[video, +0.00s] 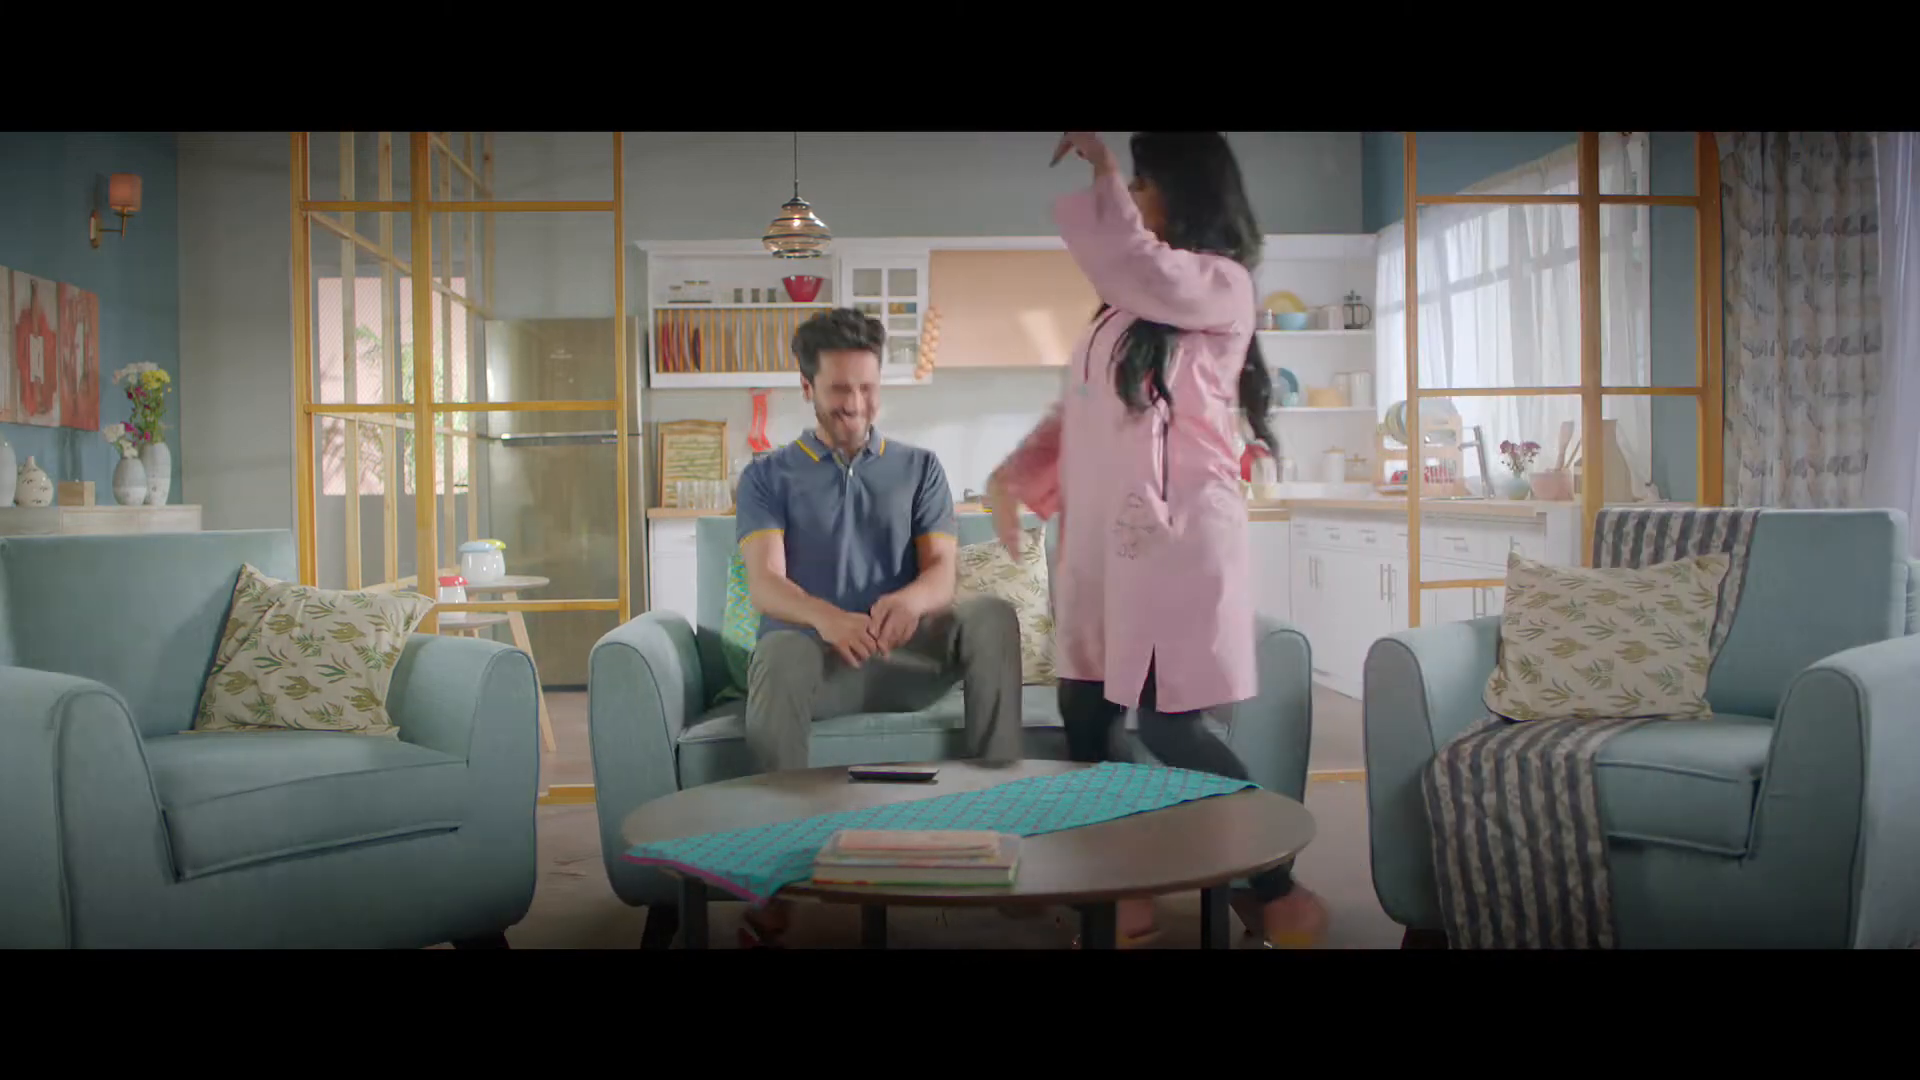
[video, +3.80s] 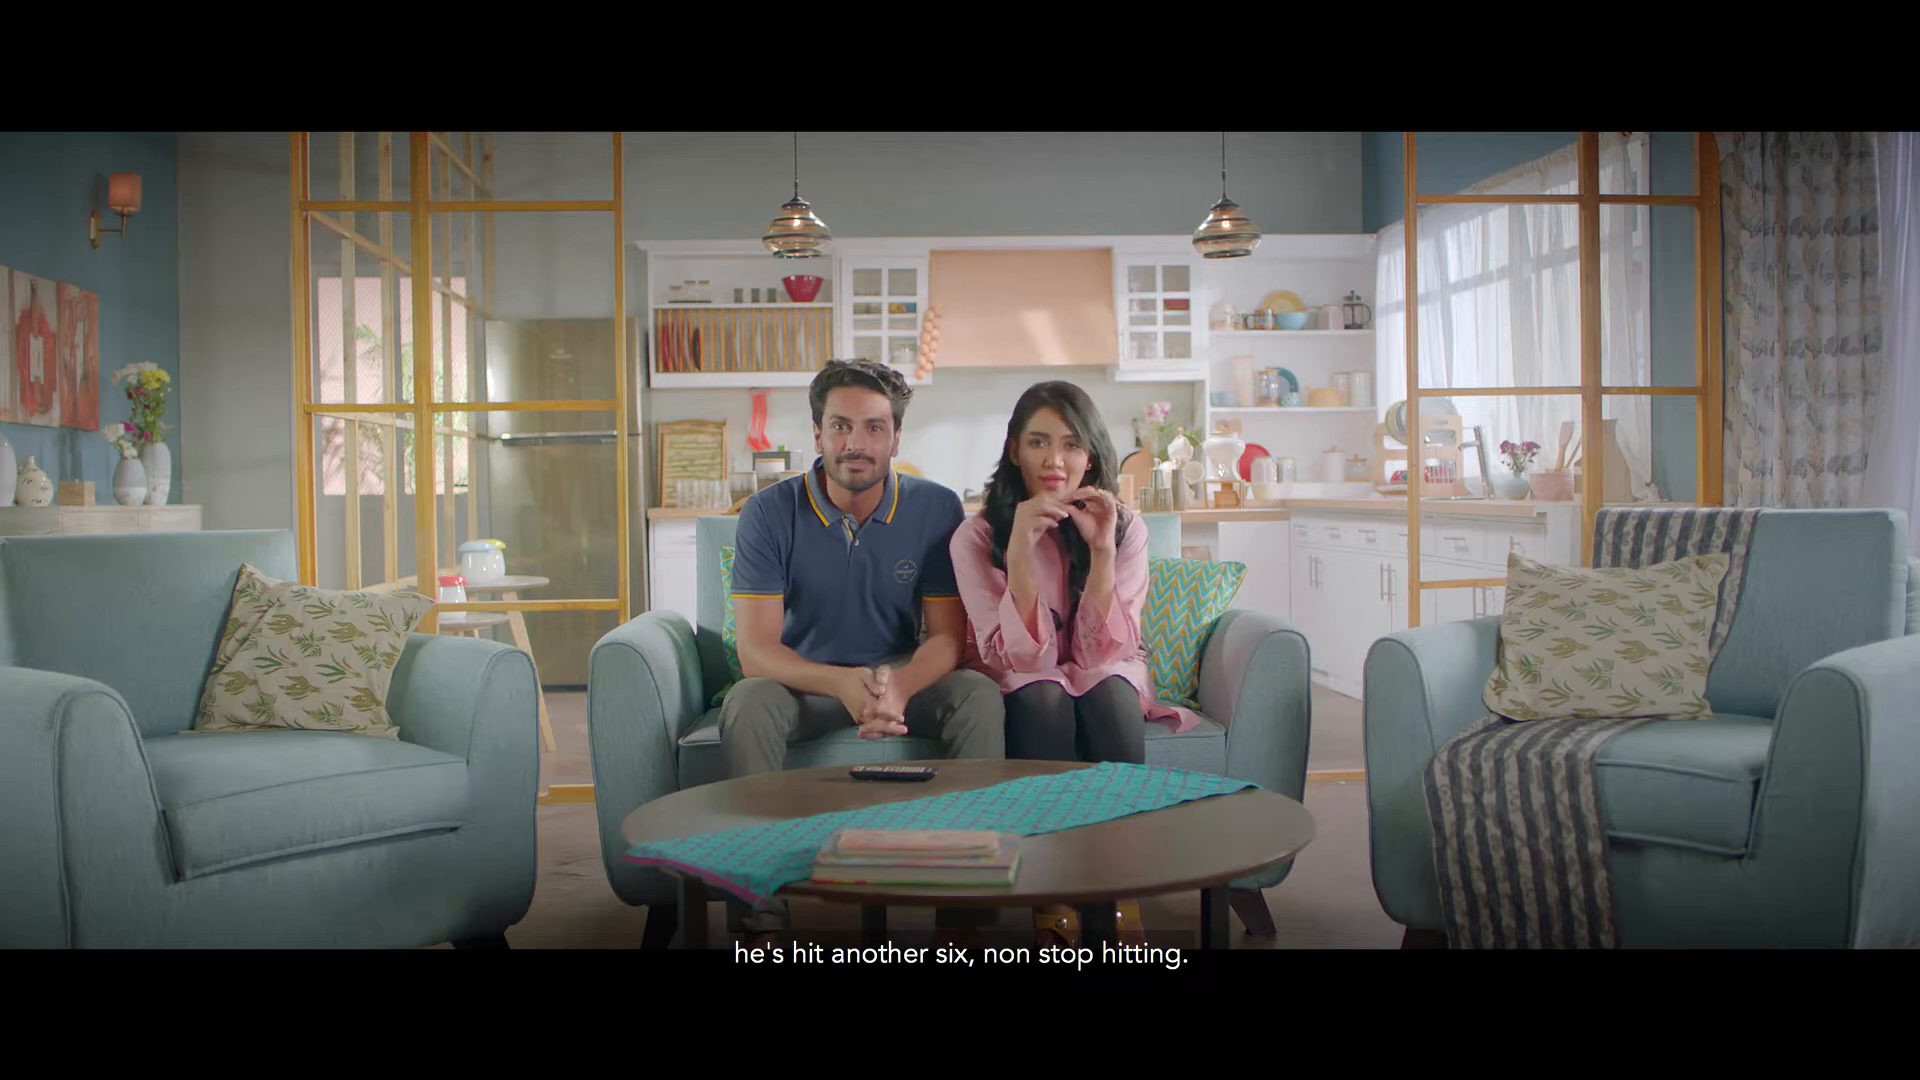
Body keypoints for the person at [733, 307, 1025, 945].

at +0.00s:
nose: (854, 404)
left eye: (866, 388)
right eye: (839, 389)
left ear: (881, 385)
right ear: (808, 387)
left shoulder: (919, 468)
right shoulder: (768, 477)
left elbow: (941, 574)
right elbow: (766, 586)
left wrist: (912, 599)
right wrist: (831, 619)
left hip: (906, 656)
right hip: (823, 660)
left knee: (992, 617)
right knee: (781, 650)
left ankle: (999, 797)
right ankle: (779, 830)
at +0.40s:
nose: (843, 377)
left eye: (856, 363)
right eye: (826, 365)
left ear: (876, 376)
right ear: (803, 382)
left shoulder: (912, 474)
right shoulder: (760, 480)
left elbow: (925, 593)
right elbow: (734, 601)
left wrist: (891, 609)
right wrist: (809, 643)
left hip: (895, 655)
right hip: (807, 659)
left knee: (964, 688)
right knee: (775, 711)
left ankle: (948, 874)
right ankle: (774, 904)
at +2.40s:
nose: (852, 442)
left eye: (868, 426)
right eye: (836, 427)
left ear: (891, 436)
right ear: (813, 436)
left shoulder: (934, 506)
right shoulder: (769, 513)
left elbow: (947, 635)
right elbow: (755, 651)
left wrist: (896, 690)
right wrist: (839, 682)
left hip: (905, 684)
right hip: (805, 687)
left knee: (981, 696)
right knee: (747, 704)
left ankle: (966, 874)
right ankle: (760, 887)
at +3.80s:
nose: (857, 444)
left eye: (874, 427)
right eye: (841, 427)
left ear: (896, 436)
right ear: (818, 435)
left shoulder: (935, 507)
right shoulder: (770, 514)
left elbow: (946, 637)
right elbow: (758, 654)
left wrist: (899, 686)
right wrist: (841, 683)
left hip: (905, 685)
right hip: (807, 689)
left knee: (980, 697)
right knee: (748, 703)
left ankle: (968, 876)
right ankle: (761, 890)